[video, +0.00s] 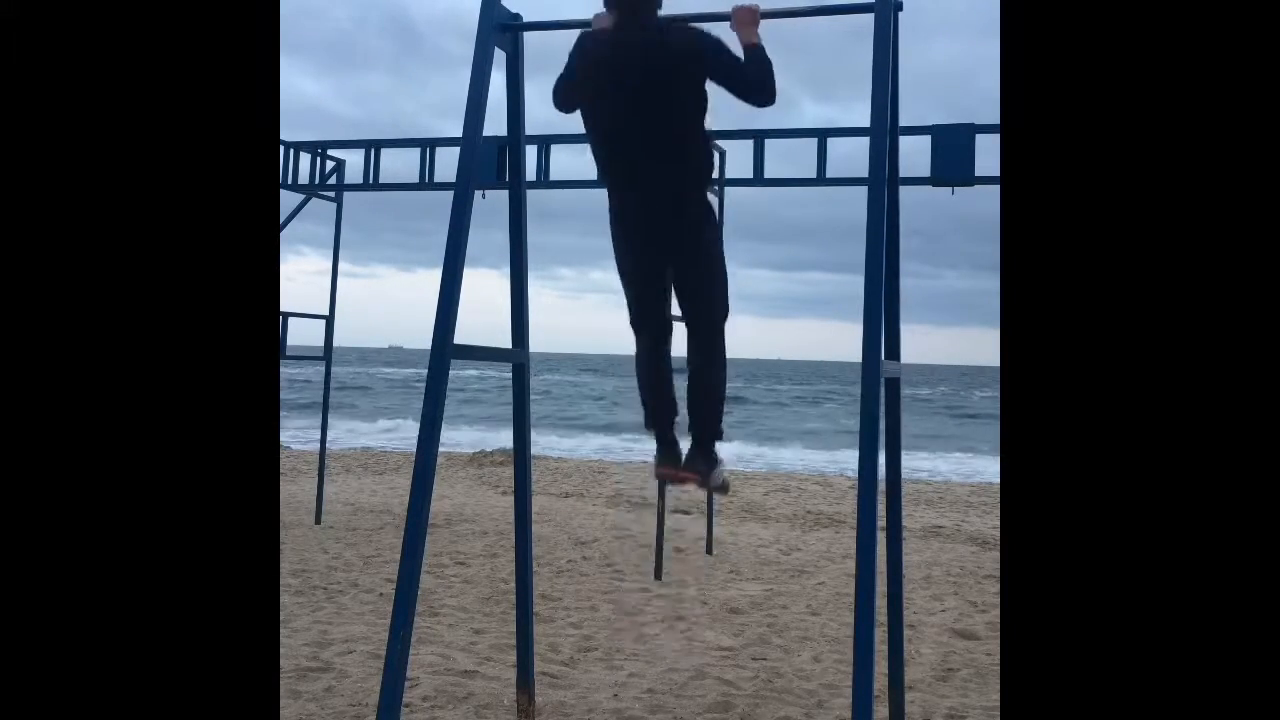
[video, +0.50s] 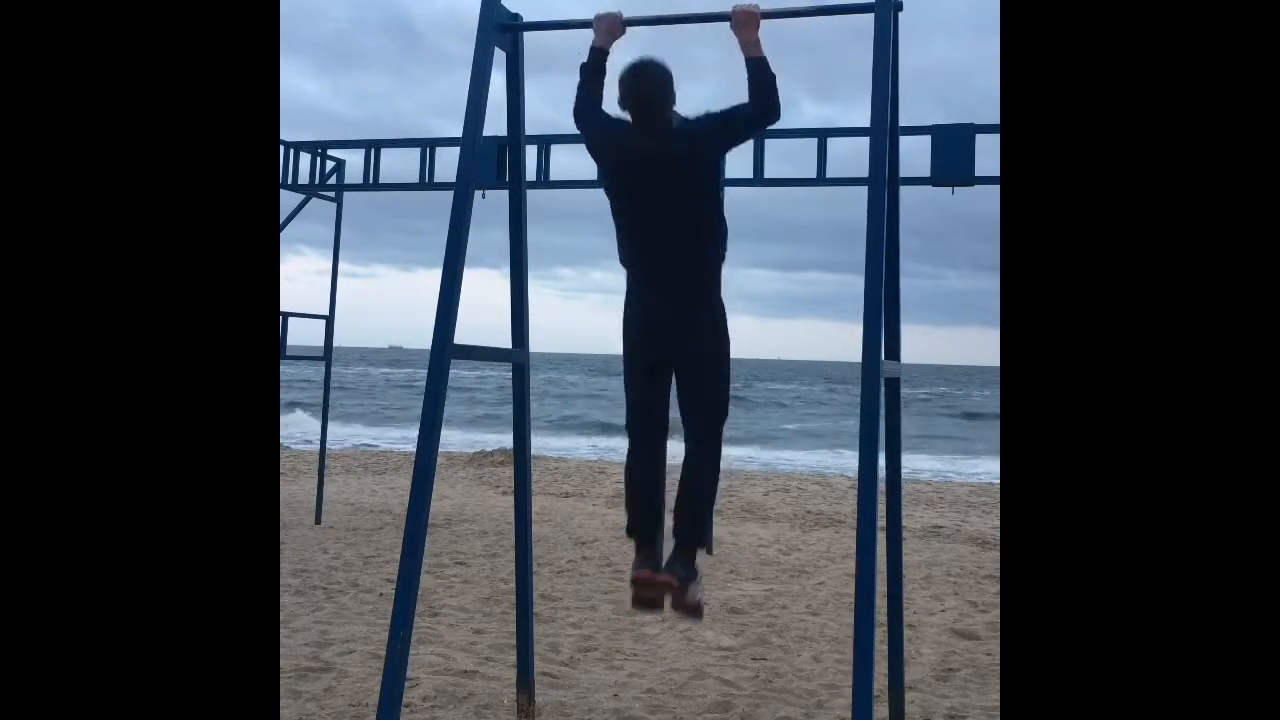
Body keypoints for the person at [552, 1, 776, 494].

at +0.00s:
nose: (614, 12)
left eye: (610, 8)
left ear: (610, 8)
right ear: (657, 5)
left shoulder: (593, 47)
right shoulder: (686, 41)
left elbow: (563, 99)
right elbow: (762, 91)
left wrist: (595, 36)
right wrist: (750, 39)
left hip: (630, 213)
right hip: (689, 209)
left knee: (650, 332)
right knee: (707, 327)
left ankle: (666, 451)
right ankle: (704, 455)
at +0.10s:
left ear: (620, 1)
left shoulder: (597, 36)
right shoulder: (694, 29)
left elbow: (564, 100)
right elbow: (759, 86)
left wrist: (595, 35)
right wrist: (751, 36)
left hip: (631, 203)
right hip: (690, 199)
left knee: (651, 320)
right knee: (709, 315)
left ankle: (671, 438)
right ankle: (710, 440)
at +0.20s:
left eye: (621, 5)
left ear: (622, 3)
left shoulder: (601, 39)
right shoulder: (694, 32)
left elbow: (568, 103)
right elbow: (759, 92)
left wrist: (595, 36)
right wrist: (751, 38)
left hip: (633, 206)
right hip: (691, 202)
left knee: (651, 327)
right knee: (709, 321)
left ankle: (670, 445)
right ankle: (710, 448)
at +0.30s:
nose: (647, 19)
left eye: (626, 15)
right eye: (655, 12)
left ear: (619, 20)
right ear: (665, 17)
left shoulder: (598, 69)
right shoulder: (695, 63)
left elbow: (567, 106)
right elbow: (768, 101)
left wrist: (597, 42)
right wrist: (753, 40)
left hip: (636, 237)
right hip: (694, 234)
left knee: (651, 361)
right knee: (708, 361)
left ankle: (666, 481)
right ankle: (703, 483)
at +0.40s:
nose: (652, 64)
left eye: (631, 56)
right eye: (659, 54)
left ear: (622, 65)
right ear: (668, 60)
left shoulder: (605, 111)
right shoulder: (698, 104)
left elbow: (575, 101)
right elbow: (769, 103)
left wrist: (598, 44)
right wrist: (753, 42)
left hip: (640, 280)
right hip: (699, 279)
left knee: (648, 400)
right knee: (706, 401)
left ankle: (655, 521)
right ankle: (694, 525)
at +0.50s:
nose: (652, 99)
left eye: (631, 93)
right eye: (660, 91)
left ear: (624, 104)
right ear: (673, 99)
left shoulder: (611, 145)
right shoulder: (704, 138)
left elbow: (587, 107)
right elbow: (765, 107)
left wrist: (600, 44)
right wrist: (751, 43)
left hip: (644, 313)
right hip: (701, 313)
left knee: (645, 436)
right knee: (703, 439)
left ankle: (647, 560)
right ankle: (684, 567)